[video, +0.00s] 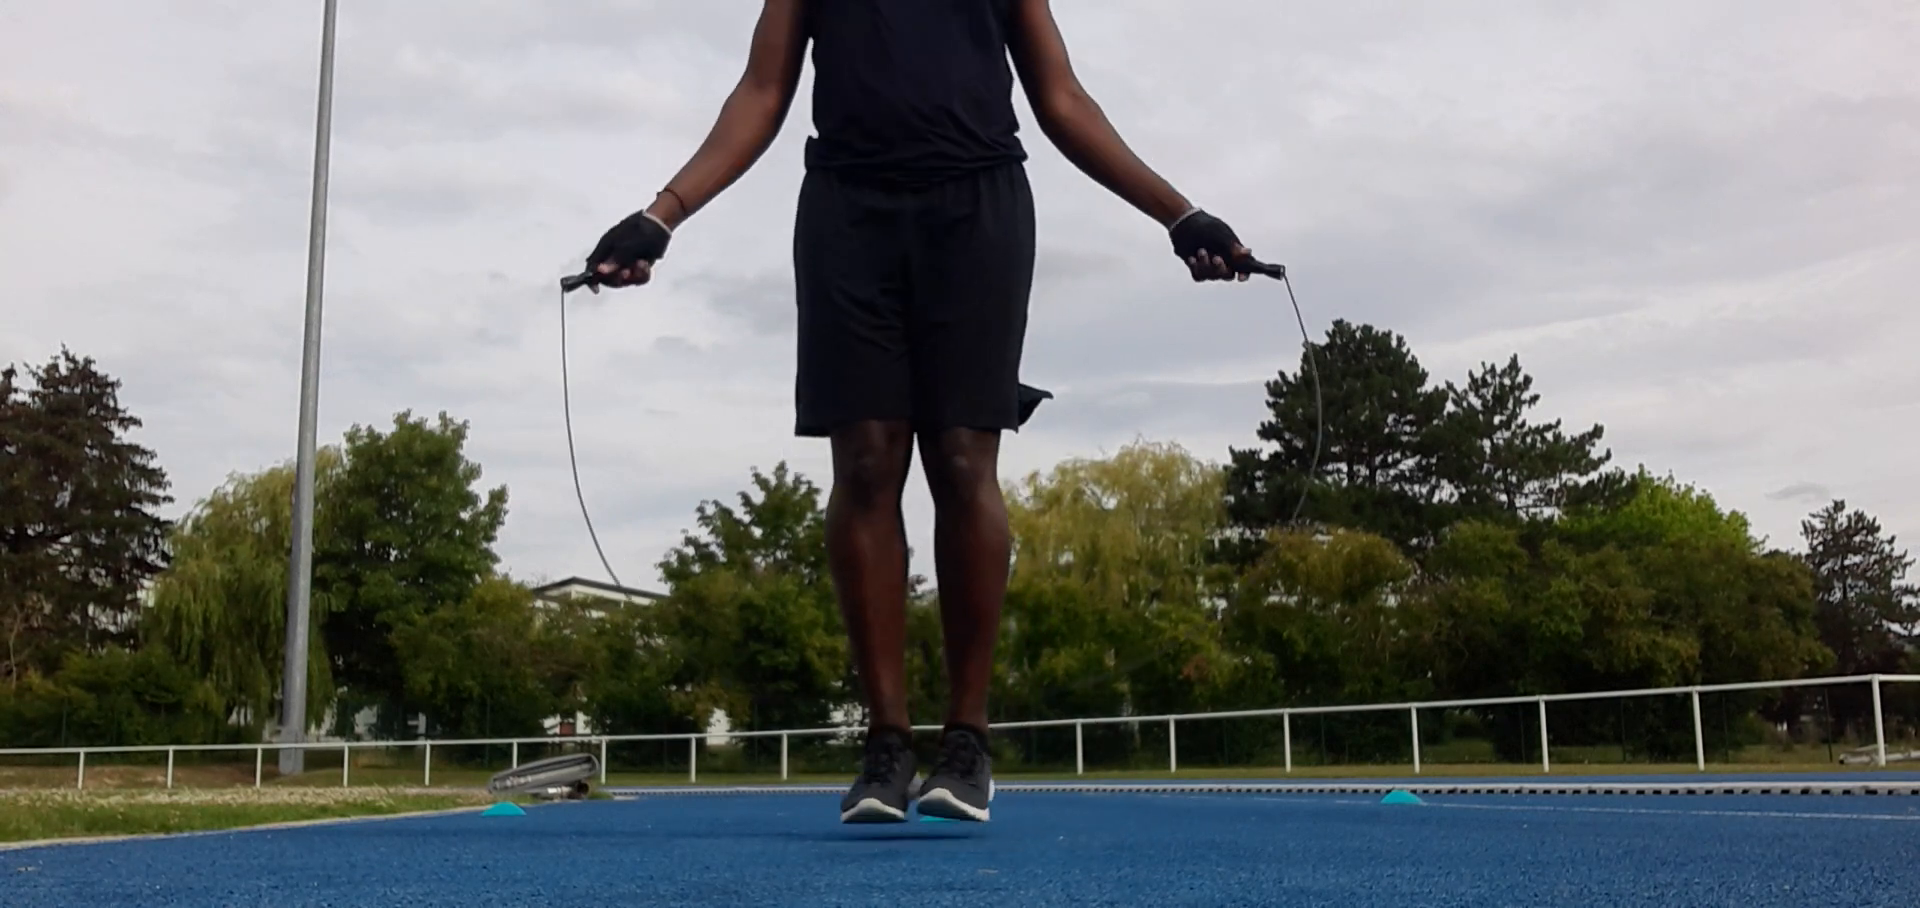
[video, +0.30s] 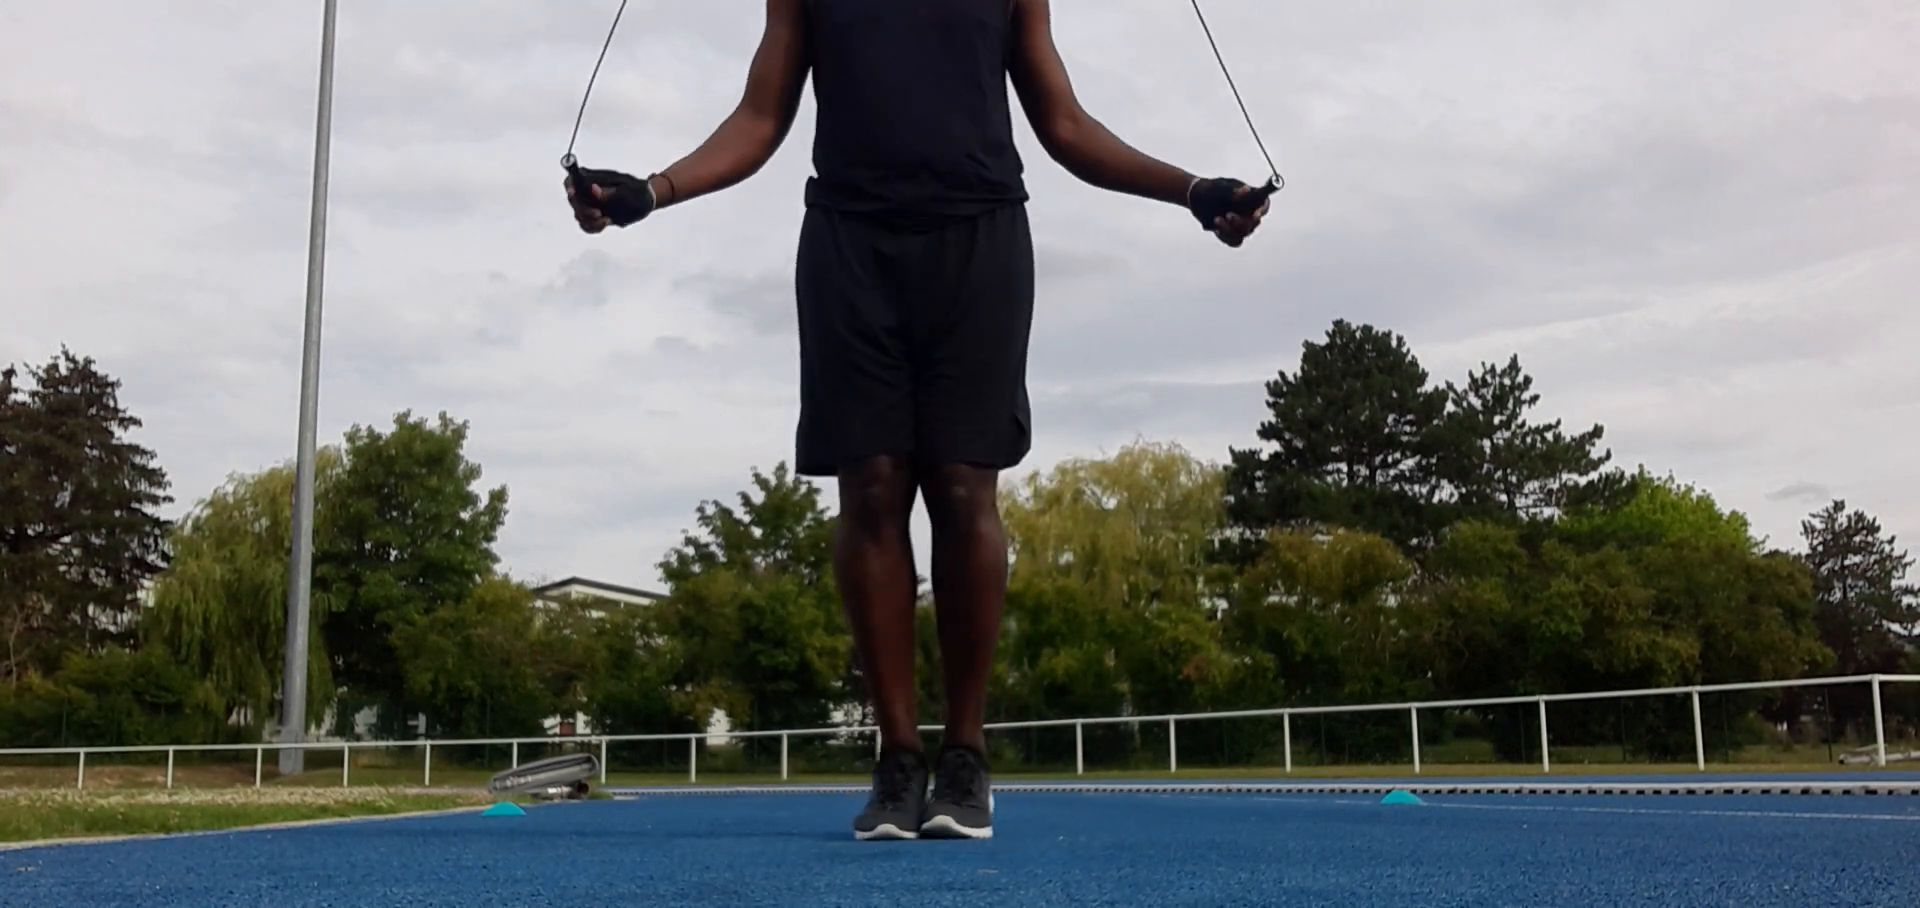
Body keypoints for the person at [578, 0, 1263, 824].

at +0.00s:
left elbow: (1062, 100)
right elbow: (761, 89)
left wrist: (1179, 212)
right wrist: (661, 212)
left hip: (978, 201)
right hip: (848, 205)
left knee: (963, 459)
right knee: (867, 459)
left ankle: (965, 742)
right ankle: (887, 745)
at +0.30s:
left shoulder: (1013, 9)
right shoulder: (800, 6)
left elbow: (1064, 124)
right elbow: (761, 115)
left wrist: (1192, 188)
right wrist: (653, 189)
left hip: (978, 233)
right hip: (851, 233)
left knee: (962, 486)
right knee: (872, 485)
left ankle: (964, 758)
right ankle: (898, 763)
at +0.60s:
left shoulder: (1010, 9)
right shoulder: (806, 8)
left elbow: (1075, 152)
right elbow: (755, 145)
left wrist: (1211, 156)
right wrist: (628, 155)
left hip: (977, 263)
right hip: (852, 263)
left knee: (957, 509)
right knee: (872, 511)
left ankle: (958, 772)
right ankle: (901, 773)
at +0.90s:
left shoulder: (1009, 9)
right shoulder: (805, 7)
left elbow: (1056, 143)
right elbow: (772, 134)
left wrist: (1204, 166)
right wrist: (637, 173)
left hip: (978, 234)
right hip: (849, 237)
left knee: (961, 492)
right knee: (876, 496)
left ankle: (969, 769)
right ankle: (908, 776)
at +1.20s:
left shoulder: (1008, 7)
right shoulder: (806, 4)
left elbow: (1044, 124)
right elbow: (772, 108)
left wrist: (1184, 196)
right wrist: (654, 196)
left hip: (976, 215)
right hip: (847, 217)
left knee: (957, 472)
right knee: (872, 472)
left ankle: (956, 746)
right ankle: (887, 751)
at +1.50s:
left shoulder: (1006, 5)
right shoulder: (801, 4)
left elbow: (1048, 119)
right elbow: (767, 97)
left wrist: (1166, 229)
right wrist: (667, 218)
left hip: (974, 216)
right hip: (847, 218)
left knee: (959, 467)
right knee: (865, 465)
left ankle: (959, 737)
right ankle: (883, 739)